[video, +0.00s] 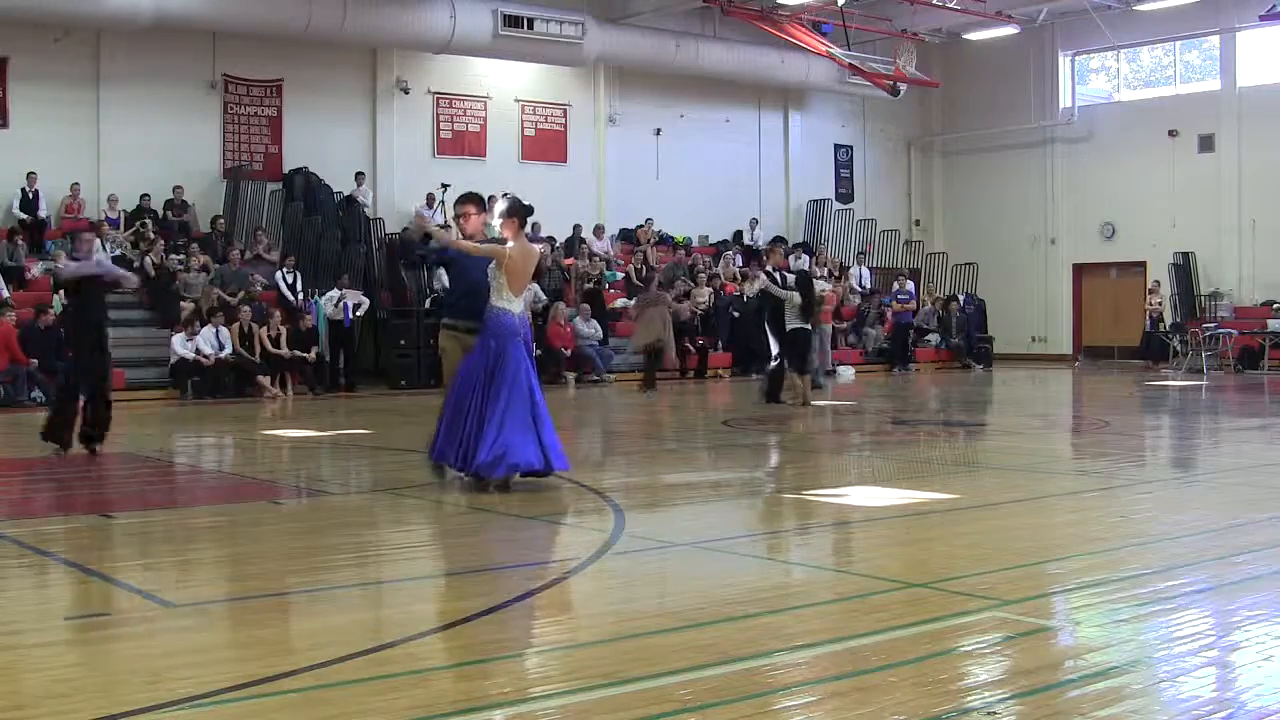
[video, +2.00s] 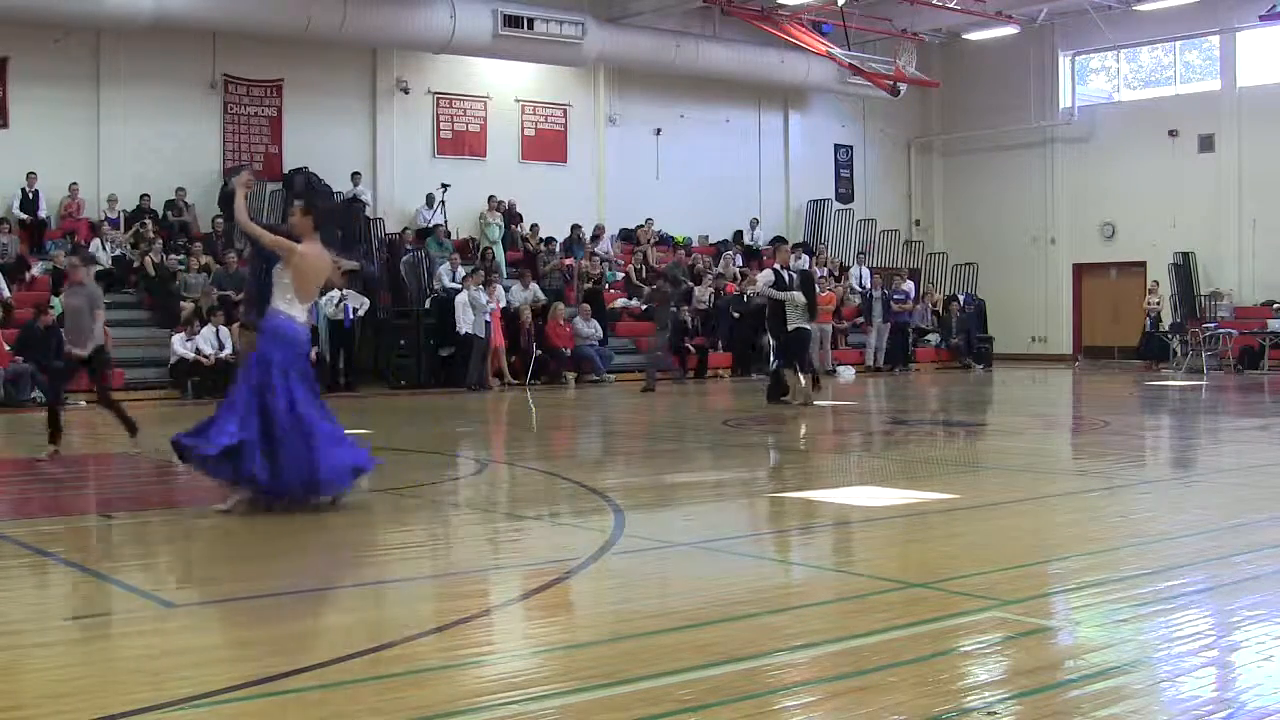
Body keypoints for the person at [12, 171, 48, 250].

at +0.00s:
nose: (33, 181)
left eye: (35, 179)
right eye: (31, 179)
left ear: (36, 180)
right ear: (27, 180)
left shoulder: (39, 193)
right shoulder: (20, 192)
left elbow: (42, 208)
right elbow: (15, 209)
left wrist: (41, 216)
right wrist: (25, 217)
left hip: (36, 216)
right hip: (24, 216)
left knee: (42, 224)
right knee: (30, 226)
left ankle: (39, 248)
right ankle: (30, 248)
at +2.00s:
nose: (33, 181)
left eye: (34, 179)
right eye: (31, 178)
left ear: (36, 180)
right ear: (27, 180)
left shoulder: (39, 193)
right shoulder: (20, 192)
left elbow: (42, 208)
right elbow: (15, 209)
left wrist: (41, 216)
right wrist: (25, 217)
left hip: (36, 218)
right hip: (25, 218)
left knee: (43, 223)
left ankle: (40, 247)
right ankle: (31, 248)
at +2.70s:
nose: (31, 181)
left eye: (33, 179)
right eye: (29, 179)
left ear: (36, 180)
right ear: (26, 180)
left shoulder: (39, 193)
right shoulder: (20, 192)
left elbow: (42, 208)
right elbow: (15, 209)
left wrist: (41, 216)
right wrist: (25, 217)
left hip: (36, 217)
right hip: (24, 217)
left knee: (42, 223)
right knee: (34, 225)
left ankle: (40, 248)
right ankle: (32, 249)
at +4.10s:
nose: (31, 181)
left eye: (33, 179)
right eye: (29, 179)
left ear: (36, 180)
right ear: (26, 180)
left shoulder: (39, 193)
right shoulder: (19, 192)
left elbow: (42, 209)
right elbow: (14, 209)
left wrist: (41, 216)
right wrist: (25, 217)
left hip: (36, 217)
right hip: (24, 217)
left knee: (42, 223)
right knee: (33, 225)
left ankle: (39, 248)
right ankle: (32, 248)